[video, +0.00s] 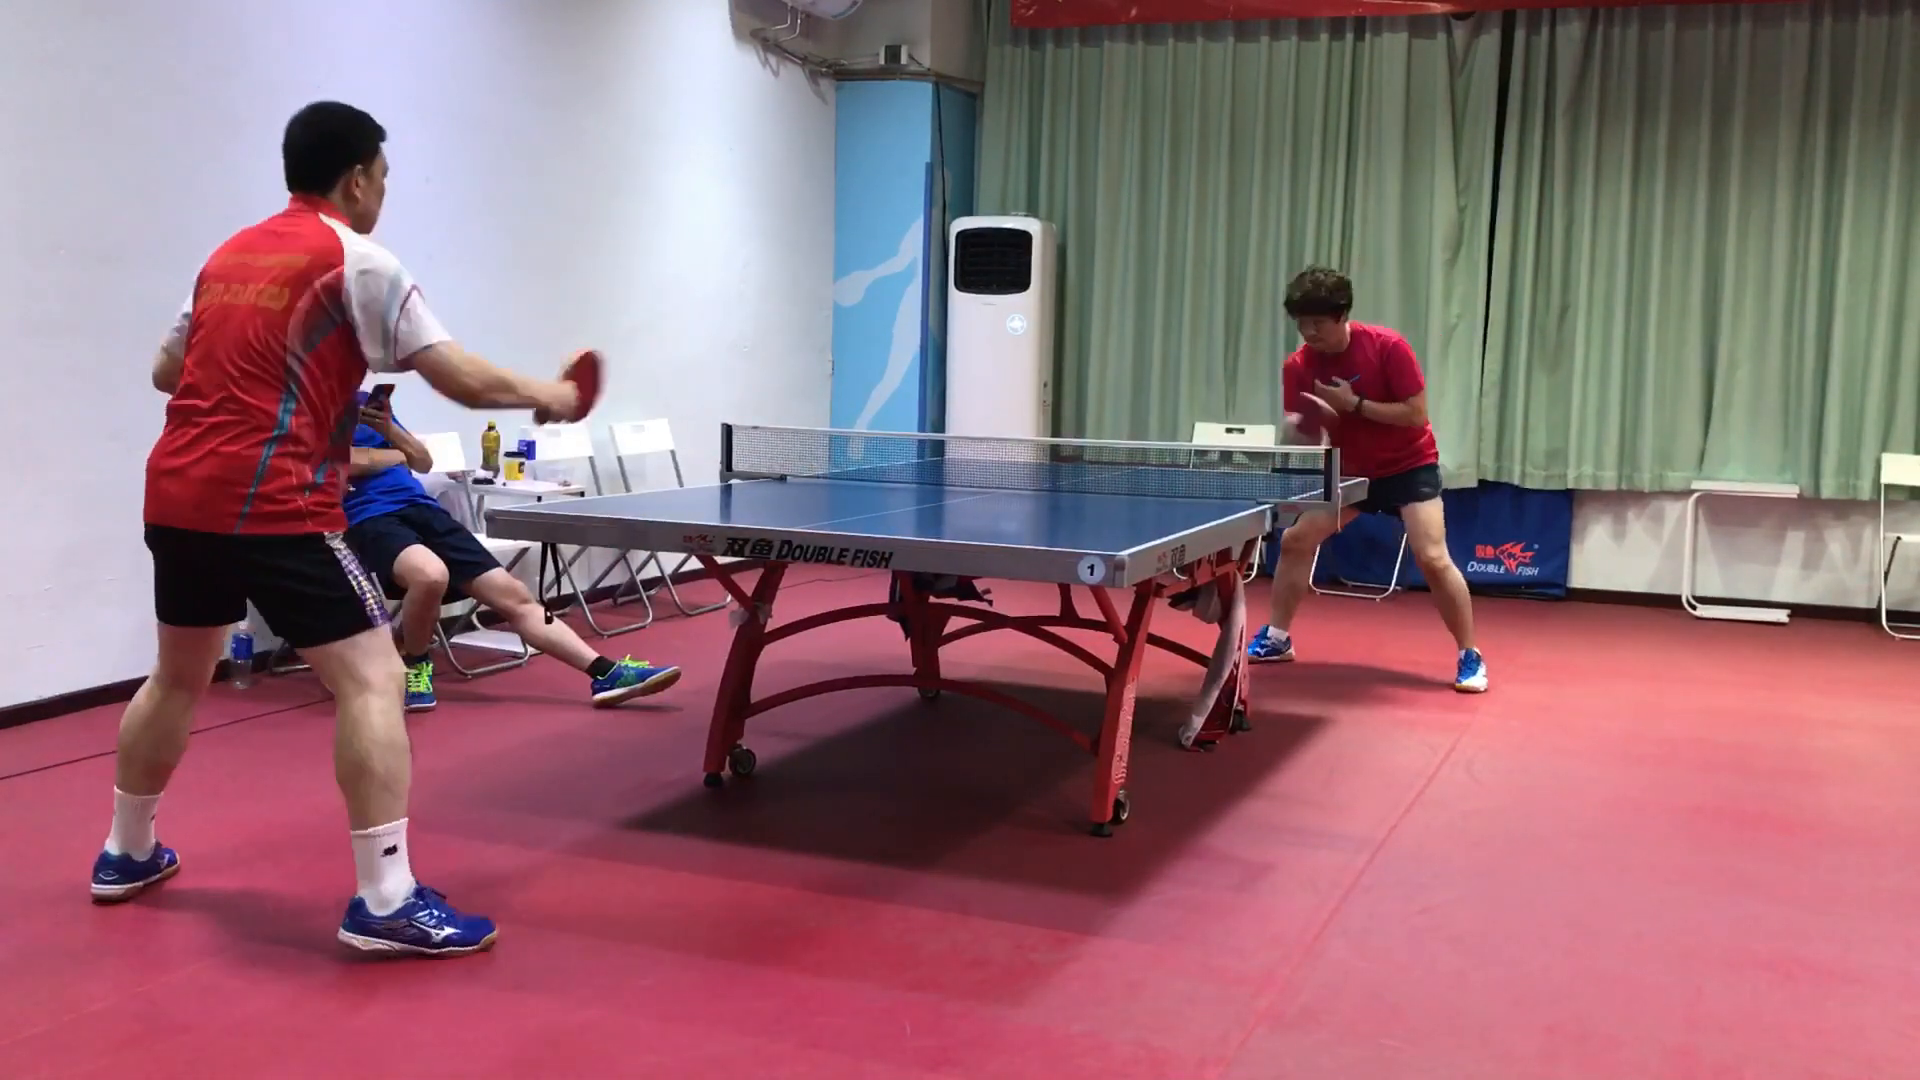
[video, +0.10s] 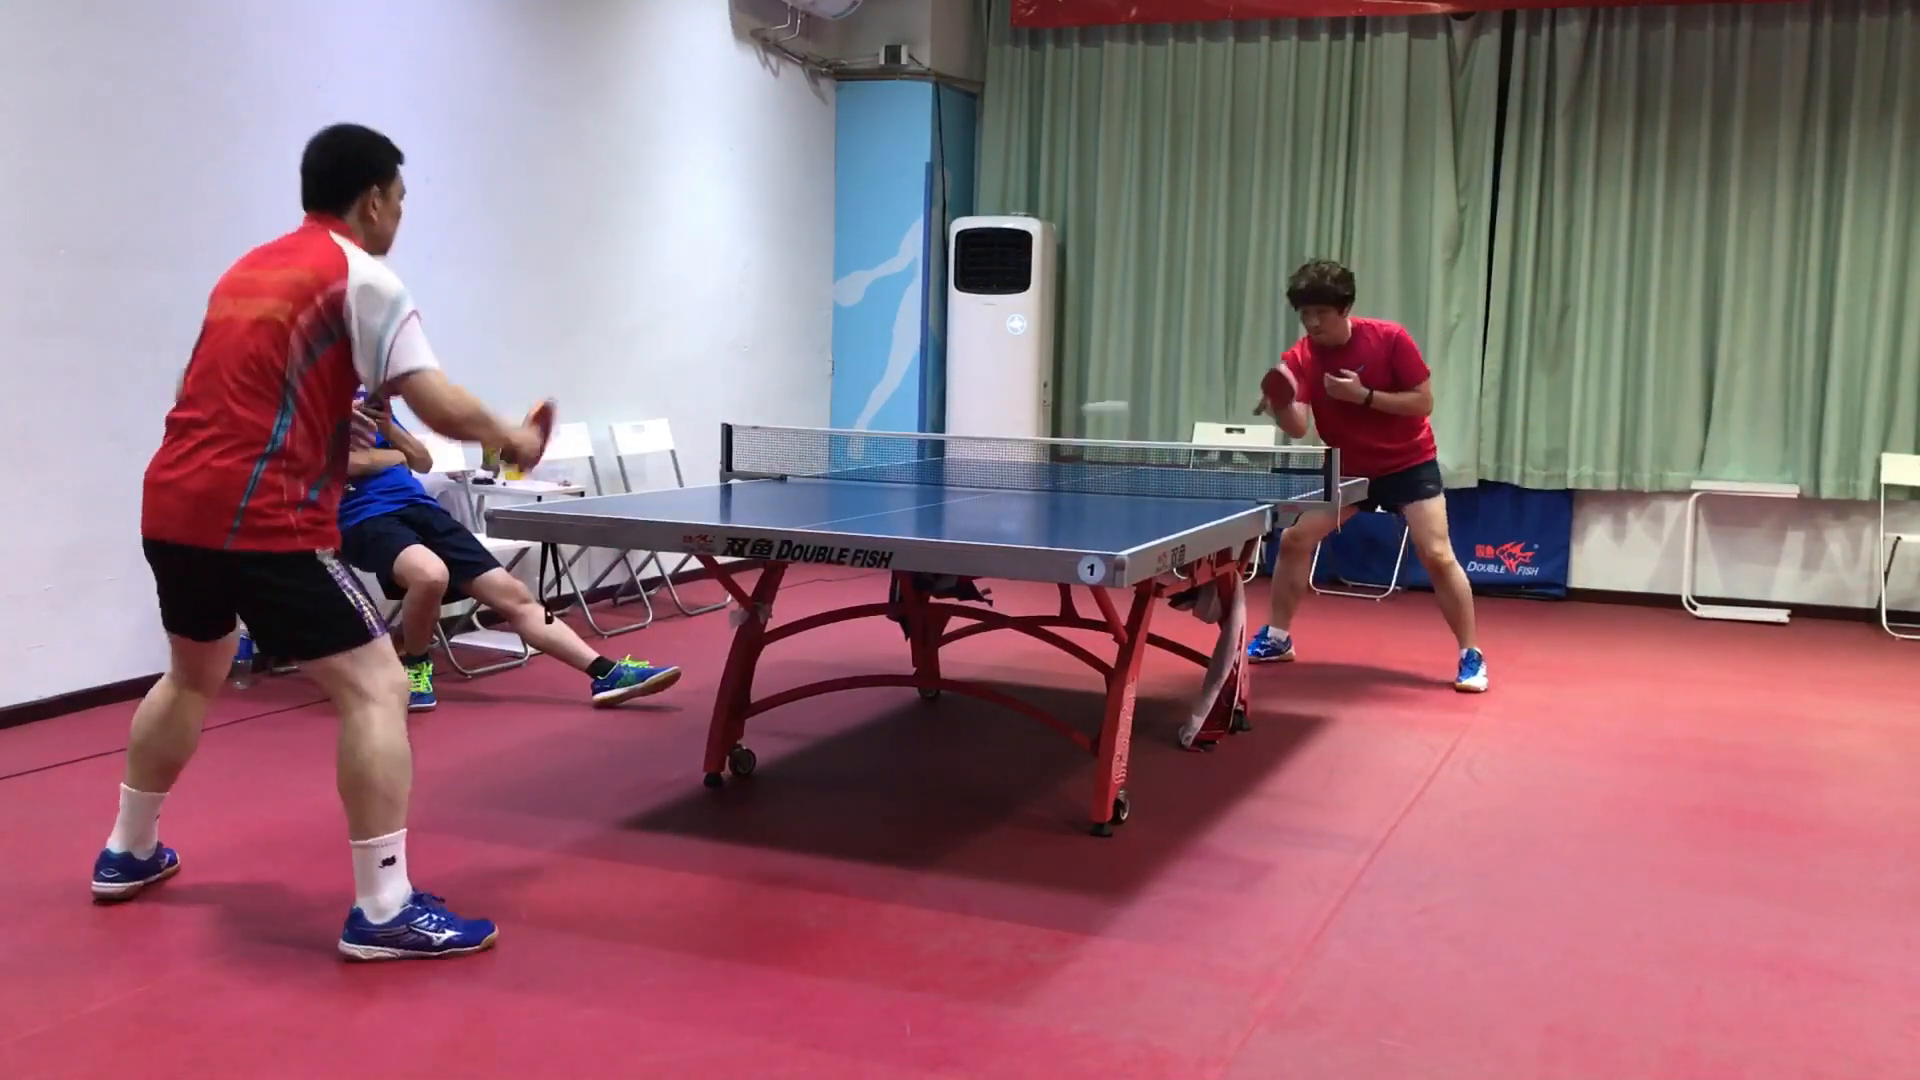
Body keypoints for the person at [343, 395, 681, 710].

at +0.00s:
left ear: (354, 368)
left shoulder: (371, 403)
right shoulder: (315, 413)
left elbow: (423, 463)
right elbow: (344, 463)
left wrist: (386, 426)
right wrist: (400, 453)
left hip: (418, 507)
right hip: (367, 518)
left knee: (514, 596)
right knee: (429, 575)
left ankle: (604, 670)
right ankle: (416, 664)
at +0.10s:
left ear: (361, 361)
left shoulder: (370, 399)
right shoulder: (314, 411)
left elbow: (422, 463)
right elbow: (342, 465)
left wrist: (387, 427)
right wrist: (400, 454)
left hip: (416, 505)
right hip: (362, 517)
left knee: (514, 597)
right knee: (429, 574)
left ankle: (605, 670)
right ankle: (415, 664)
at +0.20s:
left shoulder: (384, 399)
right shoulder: (315, 416)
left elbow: (415, 451)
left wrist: (379, 458)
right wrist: (403, 451)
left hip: (420, 507)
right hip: (364, 518)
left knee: (514, 594)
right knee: (430, 576)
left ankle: (604, 672)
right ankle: (406, 676)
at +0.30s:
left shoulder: (393, 396)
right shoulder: (325, 411)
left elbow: (425, 461)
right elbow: (354, 460)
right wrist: (406, 452)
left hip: (415, 509)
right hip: (365, 519)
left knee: (515, 595)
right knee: (430, 575)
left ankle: (603, 671)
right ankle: (410, 673)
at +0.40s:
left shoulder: (373, 414)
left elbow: (423, 462)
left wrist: (392, 433)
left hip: (417, 503)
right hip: (364, 513)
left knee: (514, 595)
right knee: (430, 576)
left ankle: (604, 671)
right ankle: (407, 675)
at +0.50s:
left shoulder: (371, 407)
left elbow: (422, 460)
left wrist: (386, 428)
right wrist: (624, 370)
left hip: (415, 504)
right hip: (366, 514)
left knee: (512, 593)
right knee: (430, 575)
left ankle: (604, 670)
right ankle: (410, 674)